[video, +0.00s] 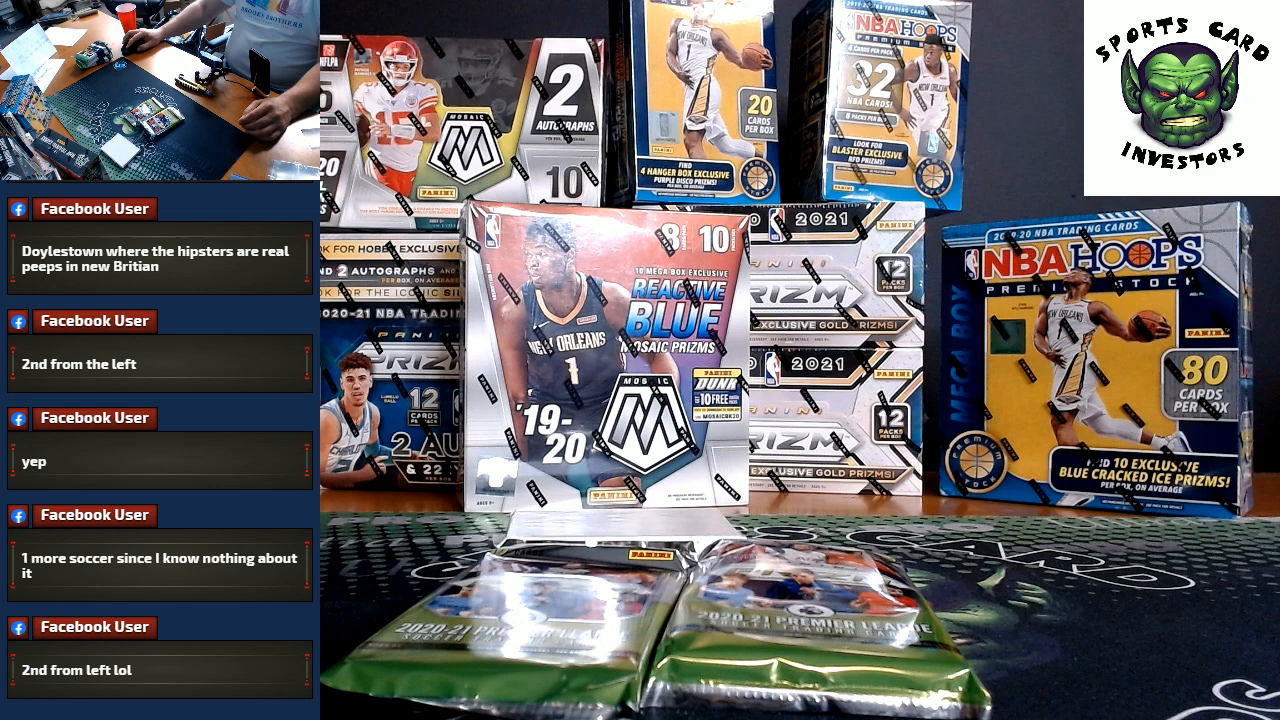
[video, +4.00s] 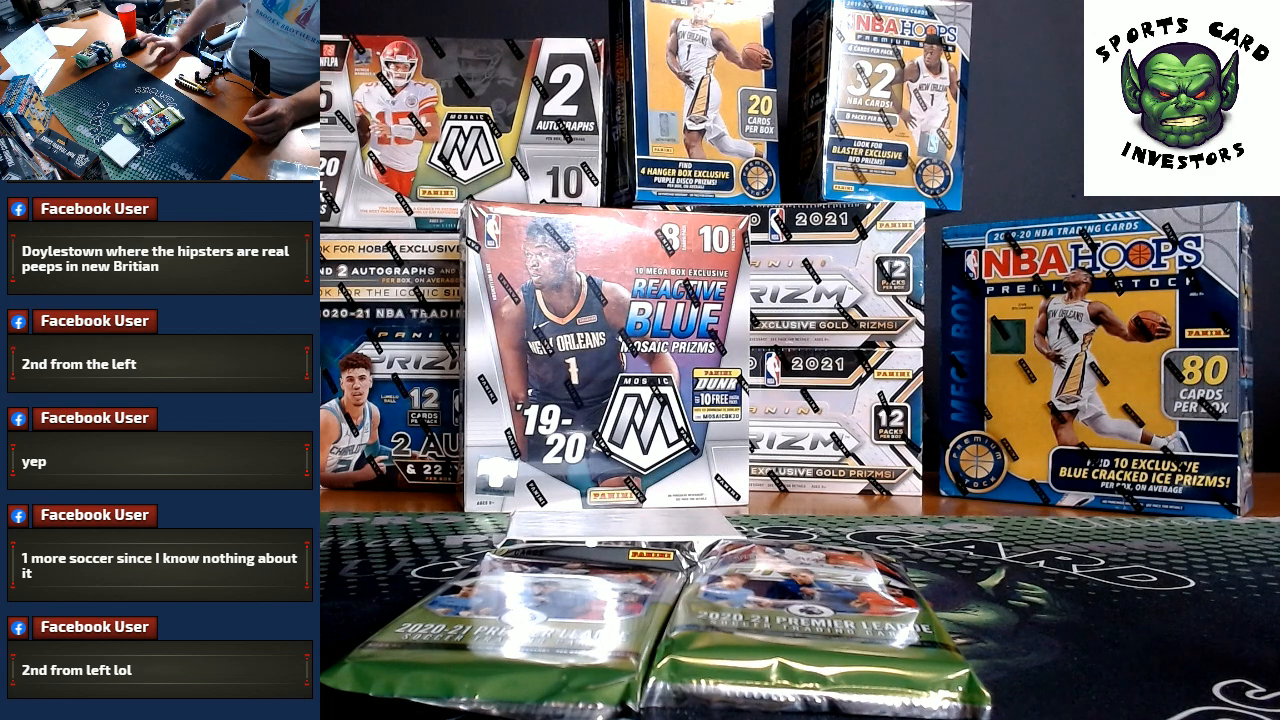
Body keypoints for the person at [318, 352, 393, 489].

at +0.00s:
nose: (356, 385)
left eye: (362, 378)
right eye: (350, 379)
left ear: (370, 382)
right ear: (341, 383)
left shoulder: (372, 413)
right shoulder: (325, 419)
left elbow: (373, 450)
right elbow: (316, 477)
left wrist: (406, 456)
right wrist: (360, 475)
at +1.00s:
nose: (356, 385)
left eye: (362, 378)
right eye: (350, 379)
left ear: (370, 382)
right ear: (341, 383)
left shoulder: (372, 413)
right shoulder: (325, 419)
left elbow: (373, 450)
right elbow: (316, 477)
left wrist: (406, 456)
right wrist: (360, 475)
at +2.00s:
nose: (356, 385)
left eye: (362, 378)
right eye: (350, 379)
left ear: (370, 382)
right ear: (341, 383)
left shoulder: (372, 413)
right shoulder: (325, 419)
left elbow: (373, 450)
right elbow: (316, 477)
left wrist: (406, 456)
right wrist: (360, 475)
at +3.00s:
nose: (356, 385)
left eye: (362, 378)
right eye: (350, 379)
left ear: (370, 382)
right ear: (341, 384)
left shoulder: (372, 413)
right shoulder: (325, 419)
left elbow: (373, 450)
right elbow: (316, 477)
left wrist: (406, 456)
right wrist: (360, 475)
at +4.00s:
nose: (356, 385)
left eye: (362, 378)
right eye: (350, 379)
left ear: (370, 382)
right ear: (341, 383)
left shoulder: (372, 413)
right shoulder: (325, 419)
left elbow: (373, 450)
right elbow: (316, 477)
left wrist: (406, 456)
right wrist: (360, 475)